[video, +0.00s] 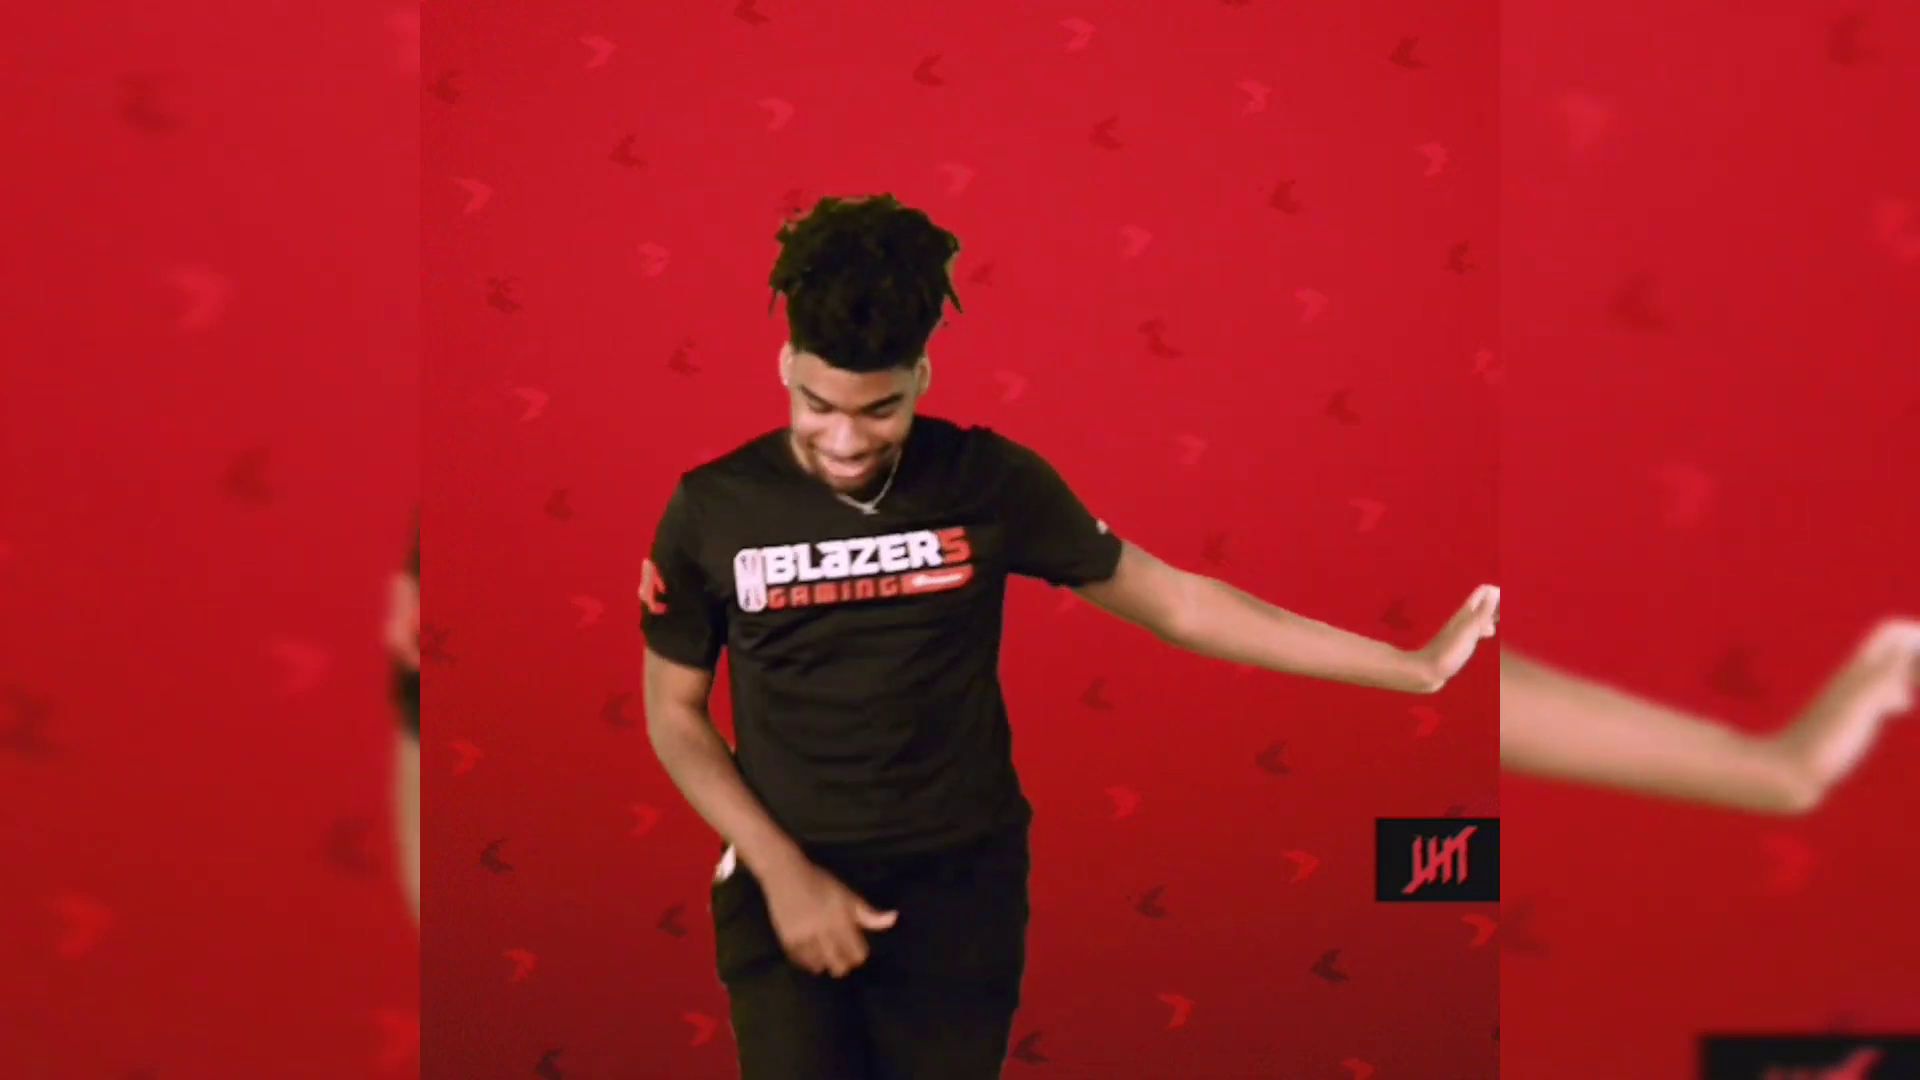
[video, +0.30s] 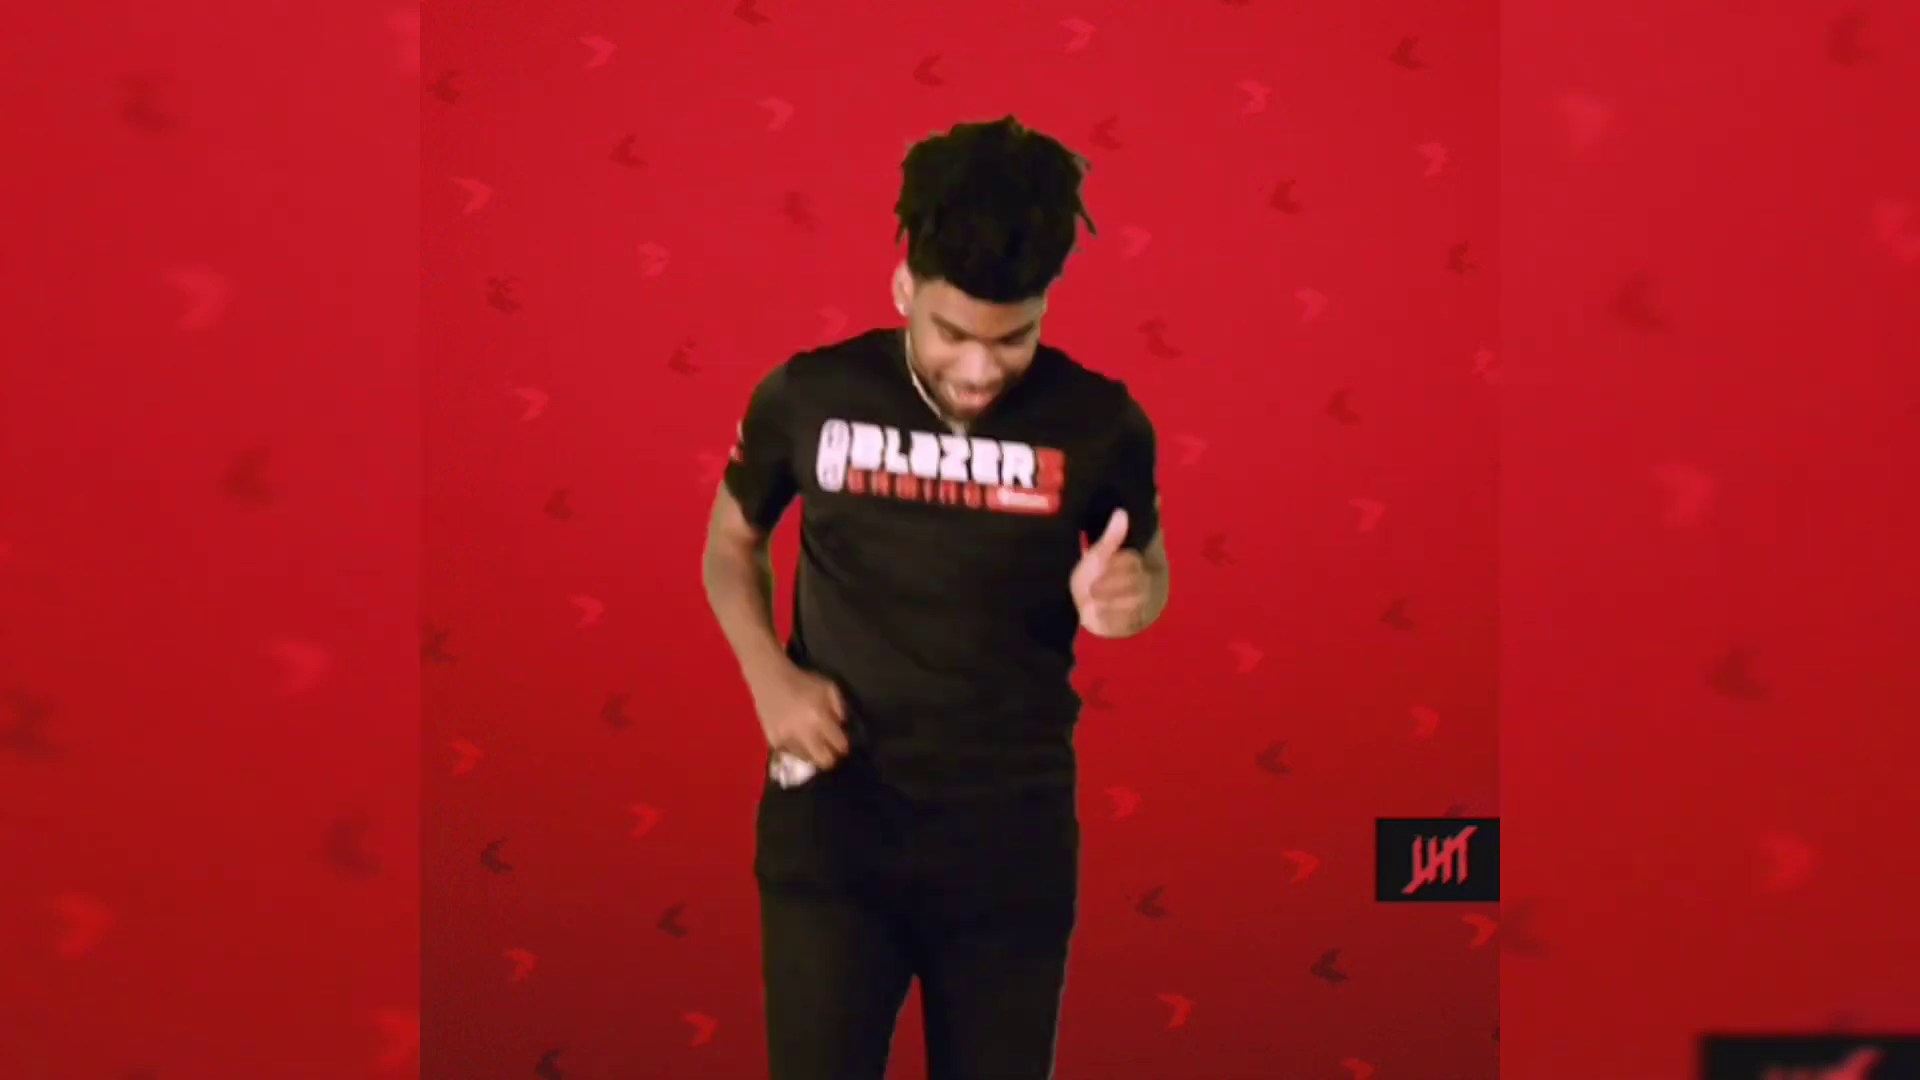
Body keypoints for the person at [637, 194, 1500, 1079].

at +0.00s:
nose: (844, 438)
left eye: (876, 409)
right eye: (817, 404)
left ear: (923, 369)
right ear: (783, 359)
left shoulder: (989, 484)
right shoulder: (711, 513)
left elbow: (1174, 599)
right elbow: (674, 717)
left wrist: (1408, 670)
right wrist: (784, 871)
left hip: (960, 887)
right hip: (783, 893)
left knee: (951, 1068)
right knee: (797, 1074)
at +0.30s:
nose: (979, 367)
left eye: (1011, 337)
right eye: (951, 331)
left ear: (1050, 296)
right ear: (903, 279)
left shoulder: (1101, 426)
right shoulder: (806, 400)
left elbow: (1143, 565)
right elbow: (732, 541)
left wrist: (1126, 594)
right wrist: (770, 677)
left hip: (1010, 841)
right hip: (834, 832)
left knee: (1000, 1064)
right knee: (818, 1063)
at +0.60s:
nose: (943, 405)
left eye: (975, 375)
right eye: (915, 369)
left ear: (1008, 340)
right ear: (864, 330)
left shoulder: (1056, 481)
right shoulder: (767, 453)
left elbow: (1098, 630)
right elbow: (697, 606)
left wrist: (1072, 690)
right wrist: (722, 741)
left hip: (970, 879)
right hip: (794, 870)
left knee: (957, 1061)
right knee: (771, 1061)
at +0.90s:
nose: (862, 409)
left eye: (893, 376)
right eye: (832, 376)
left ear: (932, 337)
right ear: (789, 339)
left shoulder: (1013, 468)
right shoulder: (717, 491)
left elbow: (1041, 623)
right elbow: (624, 651)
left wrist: (1035, 756)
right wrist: (722, 764)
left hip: (962, 899)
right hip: (792, 904)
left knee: (957, 1064)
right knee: (798, 1065)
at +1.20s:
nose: (868, 340)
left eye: (899, 304)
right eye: (836, 307)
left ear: (945, 257)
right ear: (800, 267)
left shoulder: (1025, 355)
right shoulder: (746, 413)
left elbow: (1037, 486)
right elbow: (626, 575)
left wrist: (1069, 611)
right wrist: (774, 688)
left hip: (1011, 792)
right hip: (846, 807)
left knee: (1028, 1060)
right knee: (870, 1063)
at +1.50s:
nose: (969, 357)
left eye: (999, 322)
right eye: (935, 324)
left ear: (1041, 280)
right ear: (897, 285)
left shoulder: (1108, 396)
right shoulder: (829, 437)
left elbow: (1114, 526)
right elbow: (715, 606)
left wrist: (1148, 642)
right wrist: (855, 723)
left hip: (1091, 834)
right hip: (924, 849)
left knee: (1115, 1062)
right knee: (959, 1063)